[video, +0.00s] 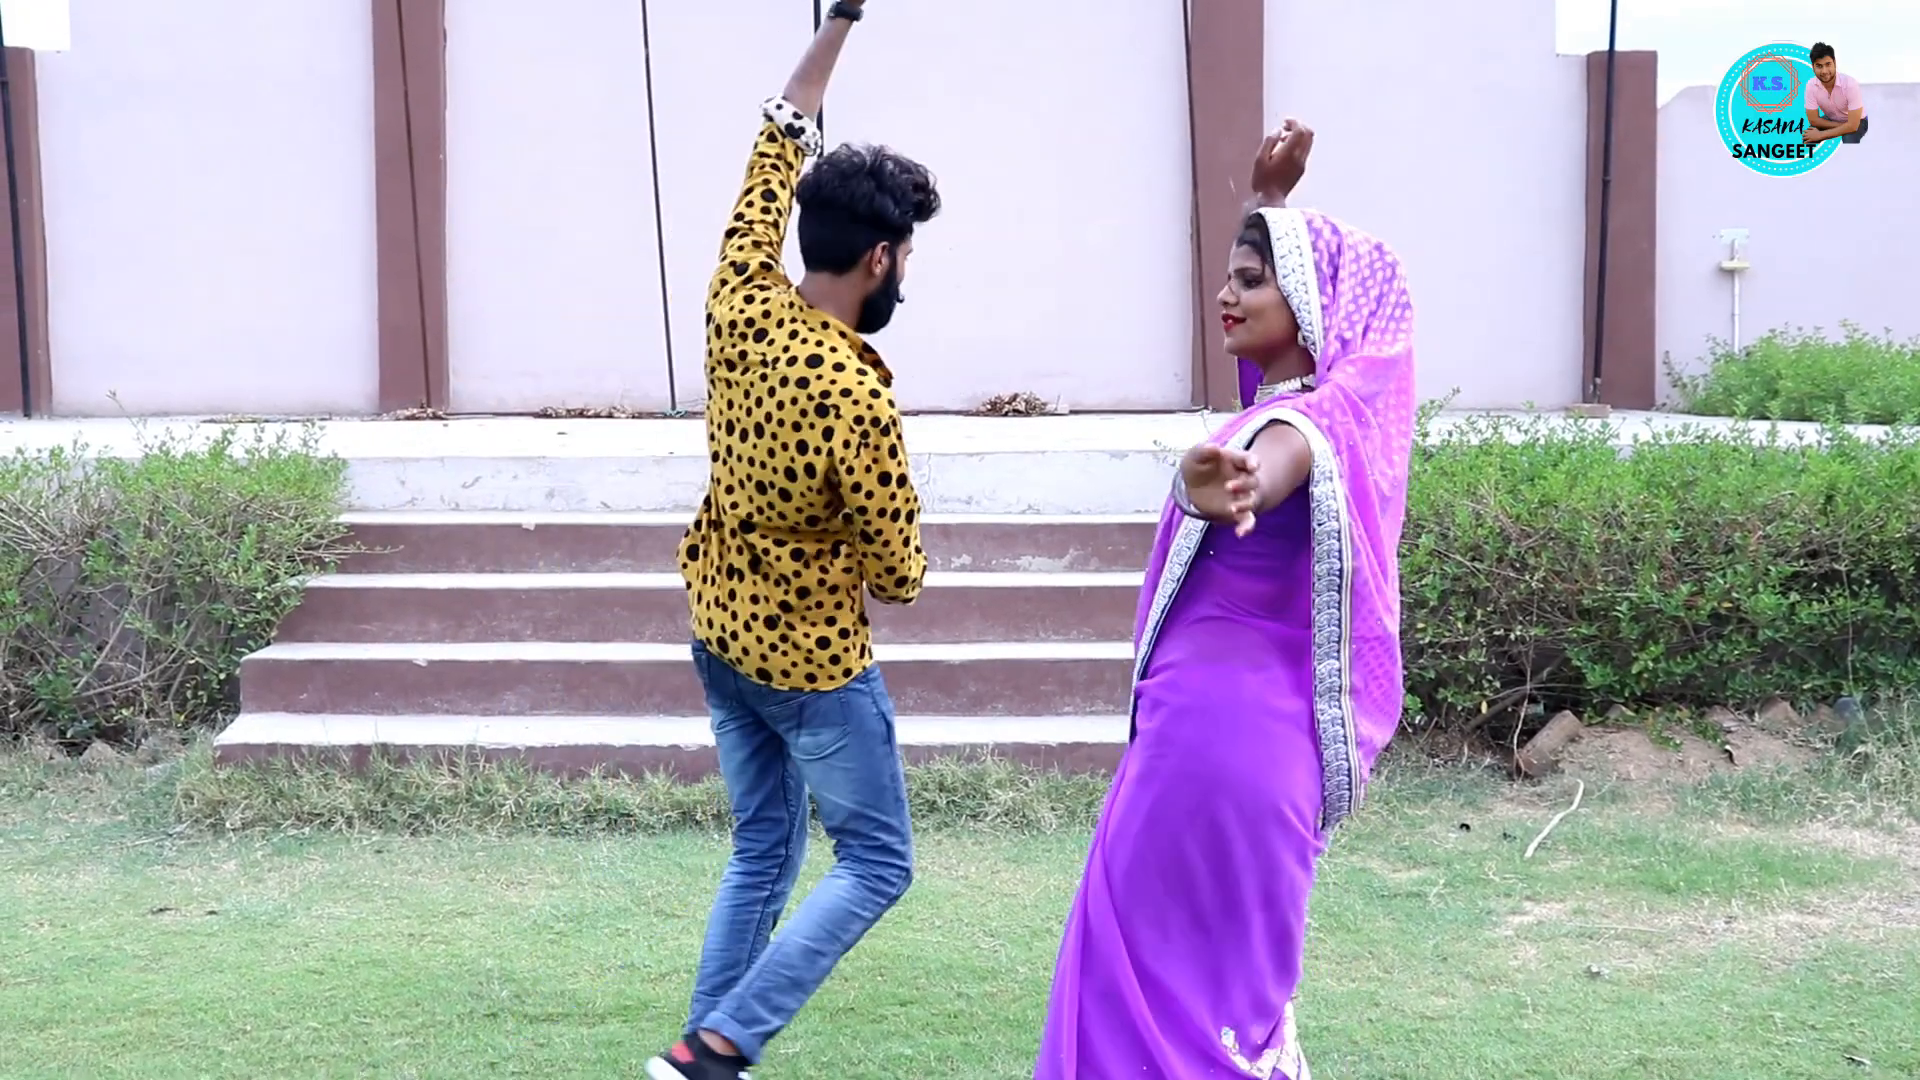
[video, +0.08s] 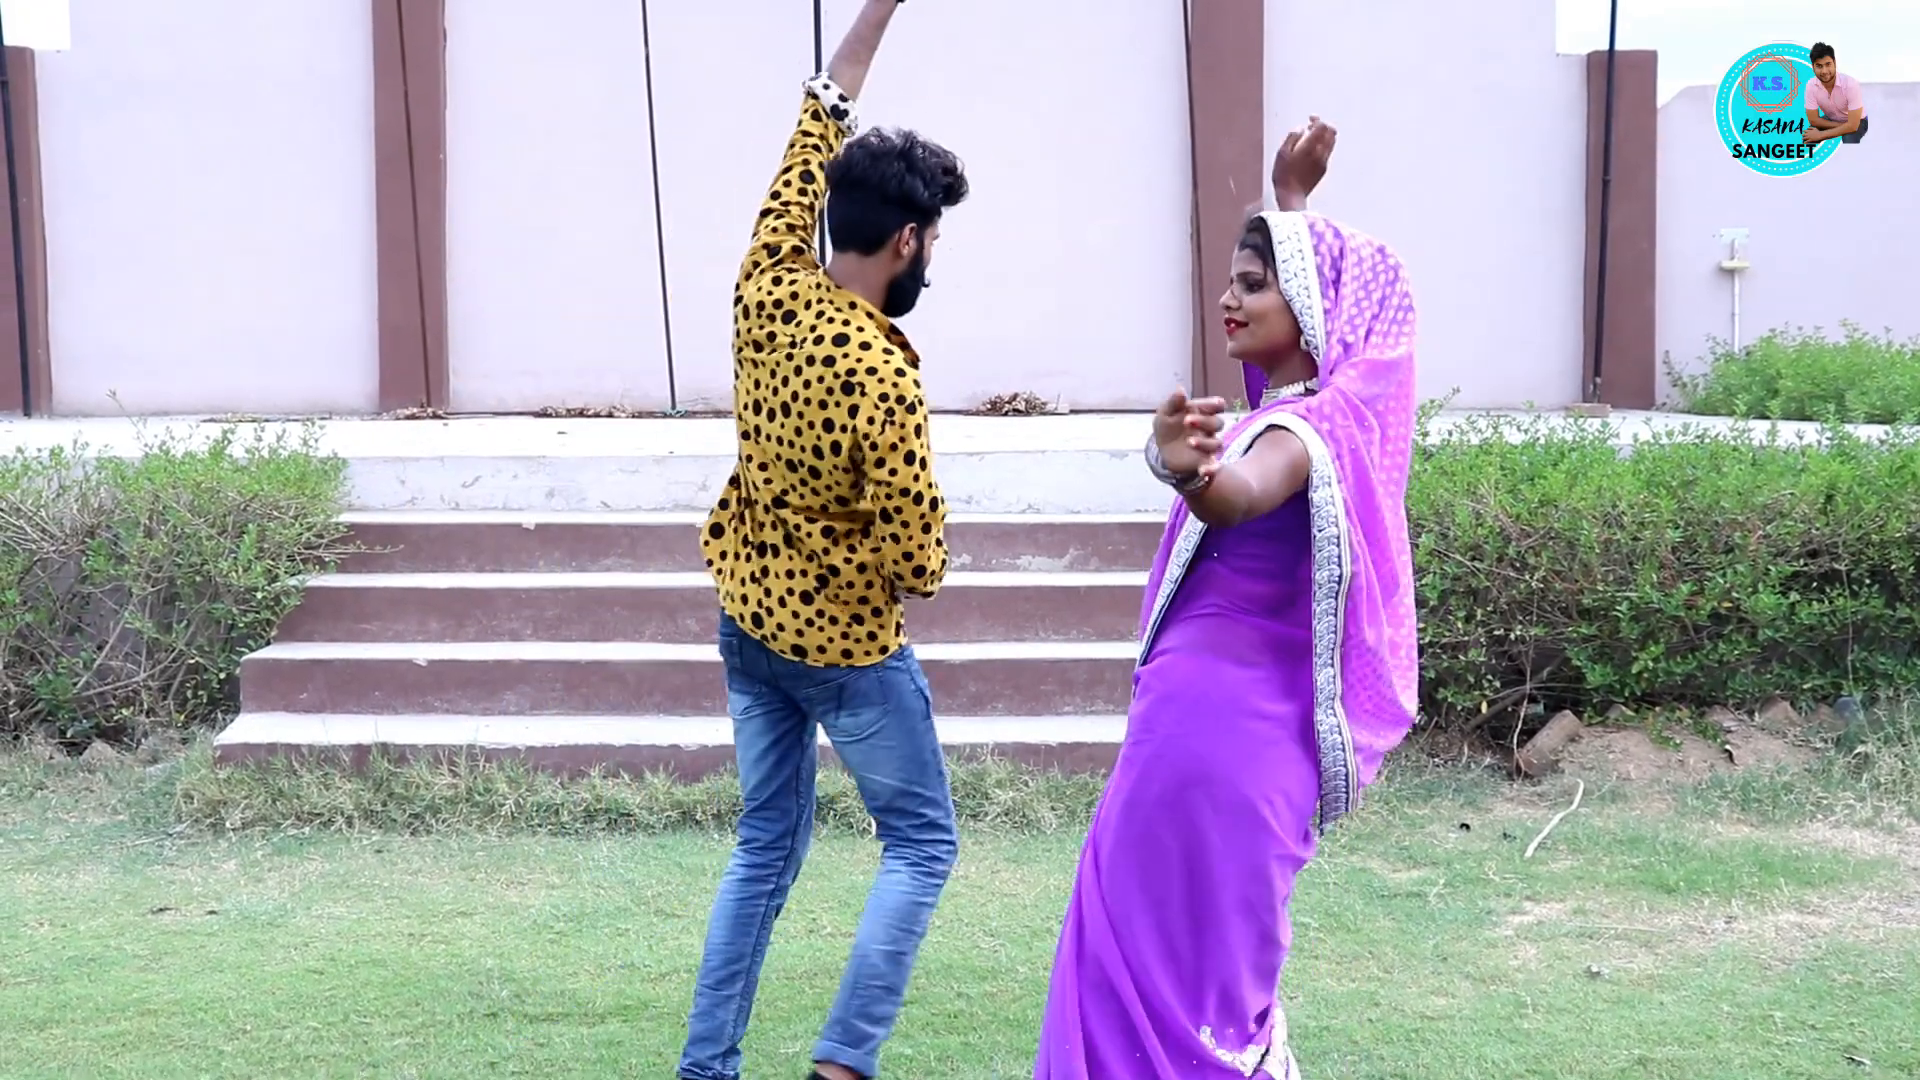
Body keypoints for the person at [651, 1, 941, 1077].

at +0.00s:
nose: (912, 259)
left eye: (909, 241)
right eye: (909, 244)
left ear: (813, 236)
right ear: (879, 256)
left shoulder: (742, 301)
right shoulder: (857, 396)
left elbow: (775, 161)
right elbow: (896, 573)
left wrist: (832, 34)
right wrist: (874, 559)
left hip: (716, 622)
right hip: (809, 651)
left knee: (763, 846)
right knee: (876, 864)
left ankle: (703, 1052)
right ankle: (723, 1044)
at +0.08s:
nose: (934, 247)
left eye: (933, 228)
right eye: (933, 229)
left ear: (840, 213)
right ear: (906, 237)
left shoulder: (769, 280)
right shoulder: (882, 370)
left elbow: (819, 127)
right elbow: (918, 557)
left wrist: (880, 8)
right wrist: (919, 566)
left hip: (747, 615)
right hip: (842, 639)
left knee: (764, 845)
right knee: (920, 842)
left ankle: (707, 1061)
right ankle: (847, 1056)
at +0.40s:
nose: (1032, 268)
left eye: (1029, 250)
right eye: (1034, 252)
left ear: (937, 237)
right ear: (1015, 254)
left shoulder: (875, 314)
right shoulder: (1006, 367)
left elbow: (931, 159)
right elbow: (1035, 523)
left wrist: (1003, 40)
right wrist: (1062, 591)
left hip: (906, 640)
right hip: (1008, 655)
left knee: (937, 838)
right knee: (1055, 865)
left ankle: (810, 1009)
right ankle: (1011, 1066)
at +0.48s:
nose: (1046, 261)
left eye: (1036, 244)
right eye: (1049, 247)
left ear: (954, 236)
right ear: (1039, 247)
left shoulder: (898, 308)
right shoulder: (1039, 358)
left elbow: (938, 152)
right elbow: (1088, 529)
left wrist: (1013, 36)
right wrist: (1084, 555)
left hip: (927, 619)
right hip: (1027, 635)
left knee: (969, 821)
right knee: (1052, 862)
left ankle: (892, 1009)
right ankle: (1011, 1065)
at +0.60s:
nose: (1072, 230)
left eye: (1059, 214)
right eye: (1069, 215)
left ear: (976, 224)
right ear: (1060, 228)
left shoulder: (930, 294)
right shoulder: (1094, 338)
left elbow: (949, 141)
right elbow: (1137, 500)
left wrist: (1023, 25)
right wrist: (1104, 518)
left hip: (946, 600)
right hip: (1050, 607)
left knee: (1003, 813)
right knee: (1050, 830)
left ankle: (1040, 1025)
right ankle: (1007, 1051)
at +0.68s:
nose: (1080, 235)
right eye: (1080, 221)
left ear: (985, 227)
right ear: (1076, 230)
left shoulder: (948, 294)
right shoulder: (1115, 340)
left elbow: (956, 143)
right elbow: (1154, 493)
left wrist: (1029, 25)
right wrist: (1134, 503)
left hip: (958, 598)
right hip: (1064, 607)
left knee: (1026, 821)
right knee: (1062, 829)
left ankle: (1097, 1022)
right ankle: (1015, 1040)